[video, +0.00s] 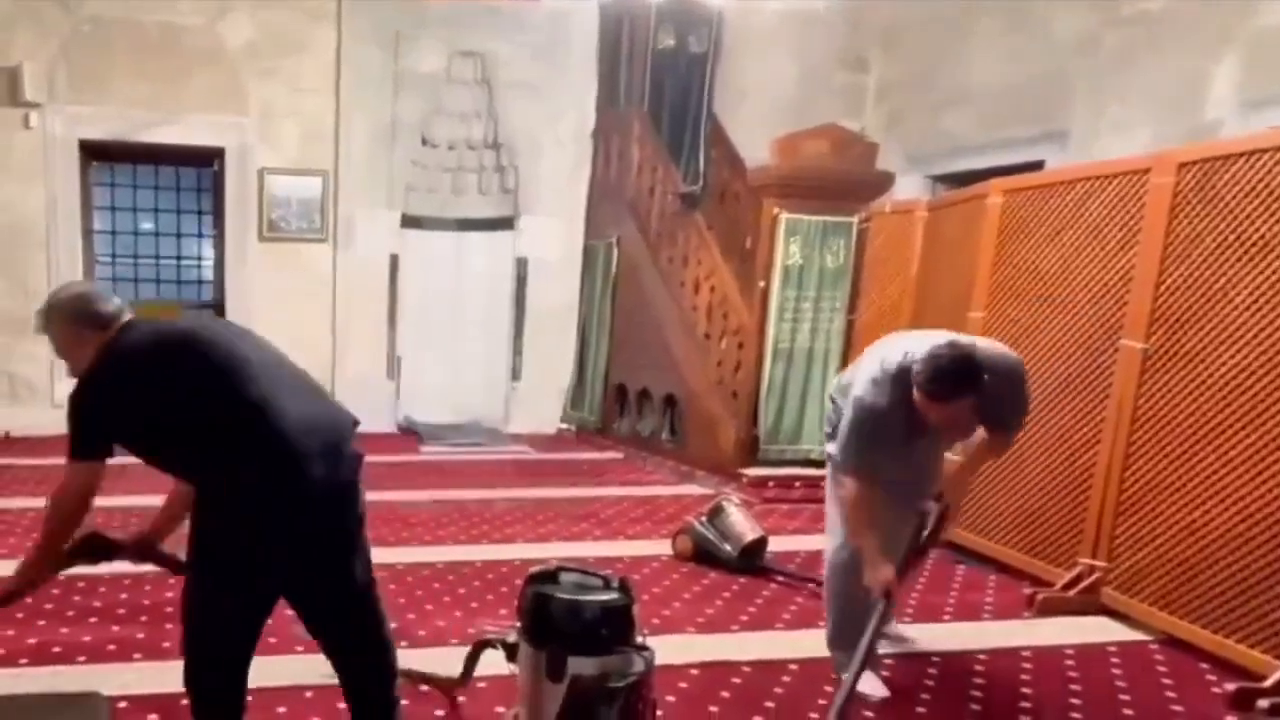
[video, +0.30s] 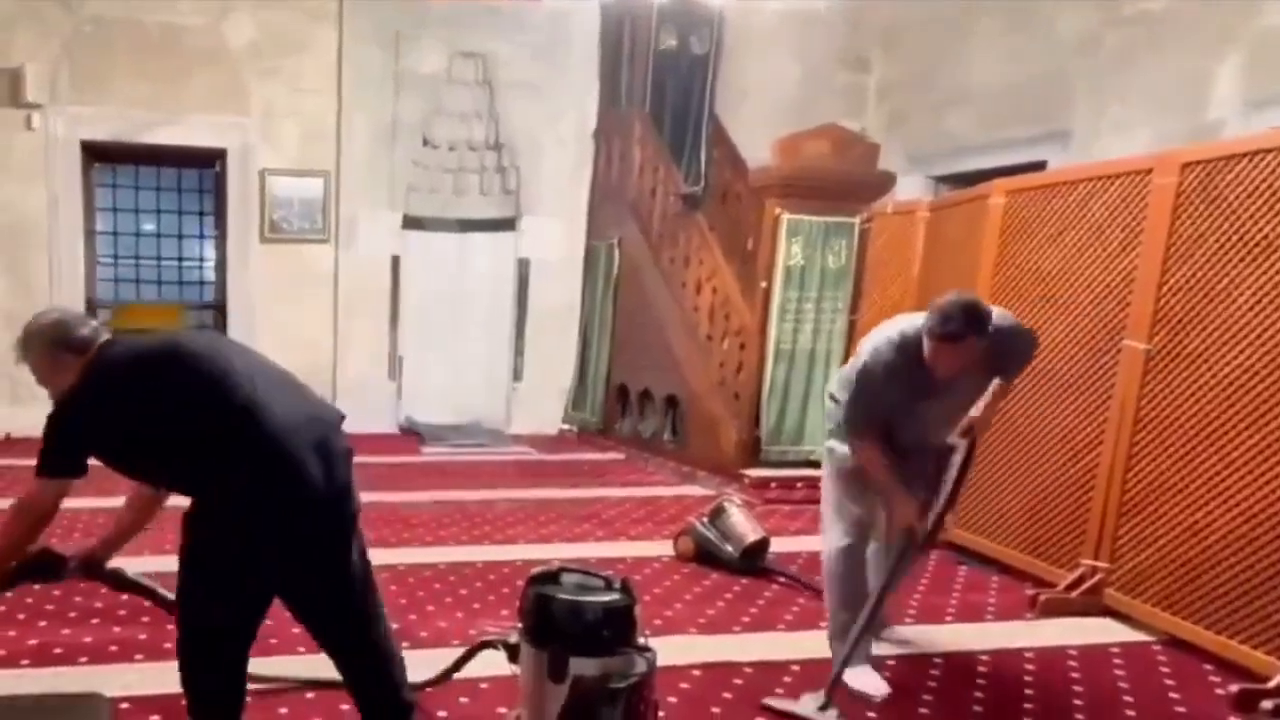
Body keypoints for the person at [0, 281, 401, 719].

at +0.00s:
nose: (63, 361)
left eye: (60, 347)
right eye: (57, 349)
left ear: (79, 333)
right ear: (115, 316)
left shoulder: (99, 385)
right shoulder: (188, 336)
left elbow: (76, 495)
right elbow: (202, 465)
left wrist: (27, 575)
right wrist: (150, 536)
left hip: (247, 493)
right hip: (331, 465)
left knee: (215, 657)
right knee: (356, 634)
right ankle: (379, 709)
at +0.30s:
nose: (47, 392)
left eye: (43, 378)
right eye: (40, 380)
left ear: (60, 361)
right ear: (95, 339)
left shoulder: (79, 402)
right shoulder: (165, 360)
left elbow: (34, 509)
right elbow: (150, 495)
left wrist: (6, 562)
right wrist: (99, 552)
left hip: (244, 494)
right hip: (323, 462)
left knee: (211, 651)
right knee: (359, 633)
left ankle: (213, 718)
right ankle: (394, 708)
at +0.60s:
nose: (87, 366)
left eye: (85, 352)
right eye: (81, 354)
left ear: (102, 340)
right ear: (140, 321)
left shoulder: (122, 390)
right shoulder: (205, 340)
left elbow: (86, 500)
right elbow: (233, 458)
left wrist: (41, 582)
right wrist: (172, 530)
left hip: (271, 498)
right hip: (352, 468)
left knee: (227, 658)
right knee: (345, 637)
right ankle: (386, 711)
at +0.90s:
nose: (171, 338)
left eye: (170, 325)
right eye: (166, 327)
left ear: (189, 311)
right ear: (220, 298)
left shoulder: (205, 367)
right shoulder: (287, 319)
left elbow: (188, 484)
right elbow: (345, 417)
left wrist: (163, 564)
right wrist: (281, 494)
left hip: (339, 498)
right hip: (417, 475)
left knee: (273, 663)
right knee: (380, 644)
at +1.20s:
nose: (216, 332)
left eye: (214, 317)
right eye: (210, 320)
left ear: (238, 298)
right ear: (269, 286)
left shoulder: (252, 352)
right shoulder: (348, 298)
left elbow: (276, 472)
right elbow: (443, 343)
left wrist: (300, 536)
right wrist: (421, 432)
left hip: (374, 495)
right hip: (451, 479)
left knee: (305, 664)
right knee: (404, 658)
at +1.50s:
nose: (208, 338)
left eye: (207, 322)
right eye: (201, 326)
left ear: (241, 301)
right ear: (251, 298)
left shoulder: (257, 359)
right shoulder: (343, 304)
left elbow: (282, 489)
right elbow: (442, 318)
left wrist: (297, 545)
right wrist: (435, 412)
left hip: (381, 509)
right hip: (455, 489)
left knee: (321, 671)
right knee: (409, 665)